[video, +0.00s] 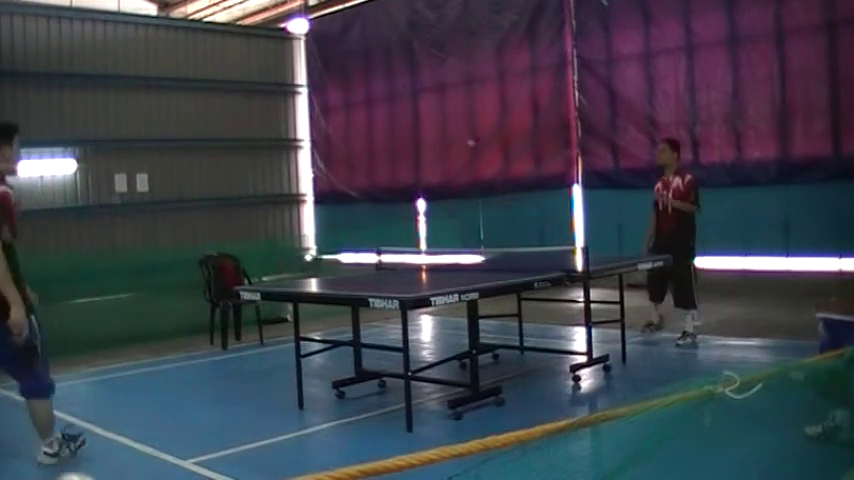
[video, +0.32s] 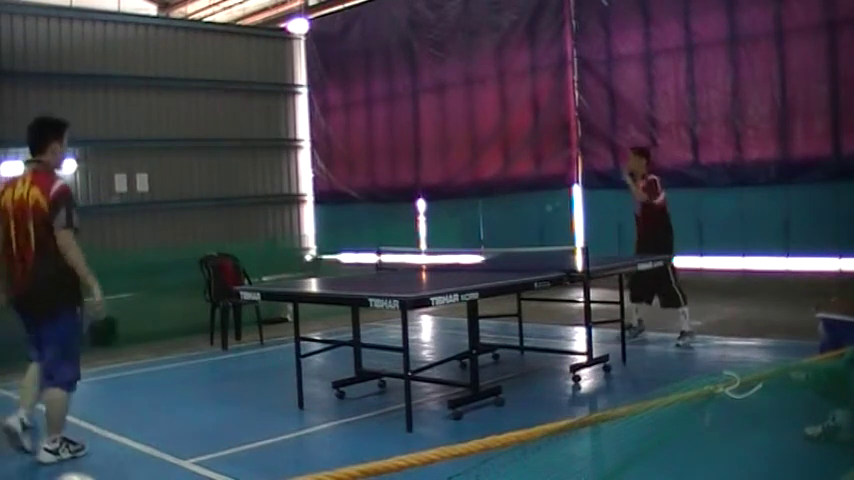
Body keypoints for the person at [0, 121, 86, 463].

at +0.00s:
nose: (16, 159)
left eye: (15, 151)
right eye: (12, 152)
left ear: (9, 152)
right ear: (0, 153)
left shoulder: (7, 195)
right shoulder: (4, 197)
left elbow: (6, 251)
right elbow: (2, 254)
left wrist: (23, 288)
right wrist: (13, 302)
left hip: (12, 298)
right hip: (9, 302)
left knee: (33, 371)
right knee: (33, 371)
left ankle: (51, 441)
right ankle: (50, 443)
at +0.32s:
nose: (65, 151)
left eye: (63, 144)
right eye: (62, 144)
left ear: (33, 147)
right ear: (52, 147)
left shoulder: (10, 188)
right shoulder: (56, 189)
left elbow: (6, 244)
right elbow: (65, 241)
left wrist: (10, 283)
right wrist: (91, 284)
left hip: (20, 288)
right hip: (53, 288)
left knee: (43, 355)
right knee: (61, 364)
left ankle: (21, 416)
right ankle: (53, 442)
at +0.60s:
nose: (95, 155)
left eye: (94, 149)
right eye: (94, 150)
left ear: (66, 153)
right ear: (84, 152)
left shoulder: (51, 188)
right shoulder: (85, 188)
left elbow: (38, 242)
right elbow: (101, 232)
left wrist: (38, 287)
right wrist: (144, 247)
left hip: (58, 289)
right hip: (86, 292)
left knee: (97, 356)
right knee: (79, 364)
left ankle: (122, 413)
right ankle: (53, 440)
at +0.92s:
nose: (133, 156)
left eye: (132, 150)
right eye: (131, 150)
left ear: (110, 151)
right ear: (118, 151)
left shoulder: (96, 180)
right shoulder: (108, 184)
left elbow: (107, 232)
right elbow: (110, 232)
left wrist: (147, 253)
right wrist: (152, 251)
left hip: (104, 281)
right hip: (118, 282)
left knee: (116, 347)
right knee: (144, 350)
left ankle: (128, 413)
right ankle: (99, 404)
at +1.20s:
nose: (158, 159)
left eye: (158, 153)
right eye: (156, 153)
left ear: (140, 153)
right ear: (143, 153)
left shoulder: (136, 185)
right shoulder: (124, 187)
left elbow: (138, 232)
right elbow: (122, 236)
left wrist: (168, 244)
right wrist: (166, 243)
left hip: (136, 282)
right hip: (135, 285)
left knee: (129, 351)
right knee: (157, 353)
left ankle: (131, 416)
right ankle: (176, 425)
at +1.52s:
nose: (193, 161)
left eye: (193, 155)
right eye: (192, 155)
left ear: (166, 154)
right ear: (179, 156)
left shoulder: (148, 182)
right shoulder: (164, 192)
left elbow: (127, 223)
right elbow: (162, 242)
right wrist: (204, 247)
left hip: (145, 283)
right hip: (162, 286)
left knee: (159, 344)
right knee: (186, 353)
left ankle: (140, 402)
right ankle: (183, 430)